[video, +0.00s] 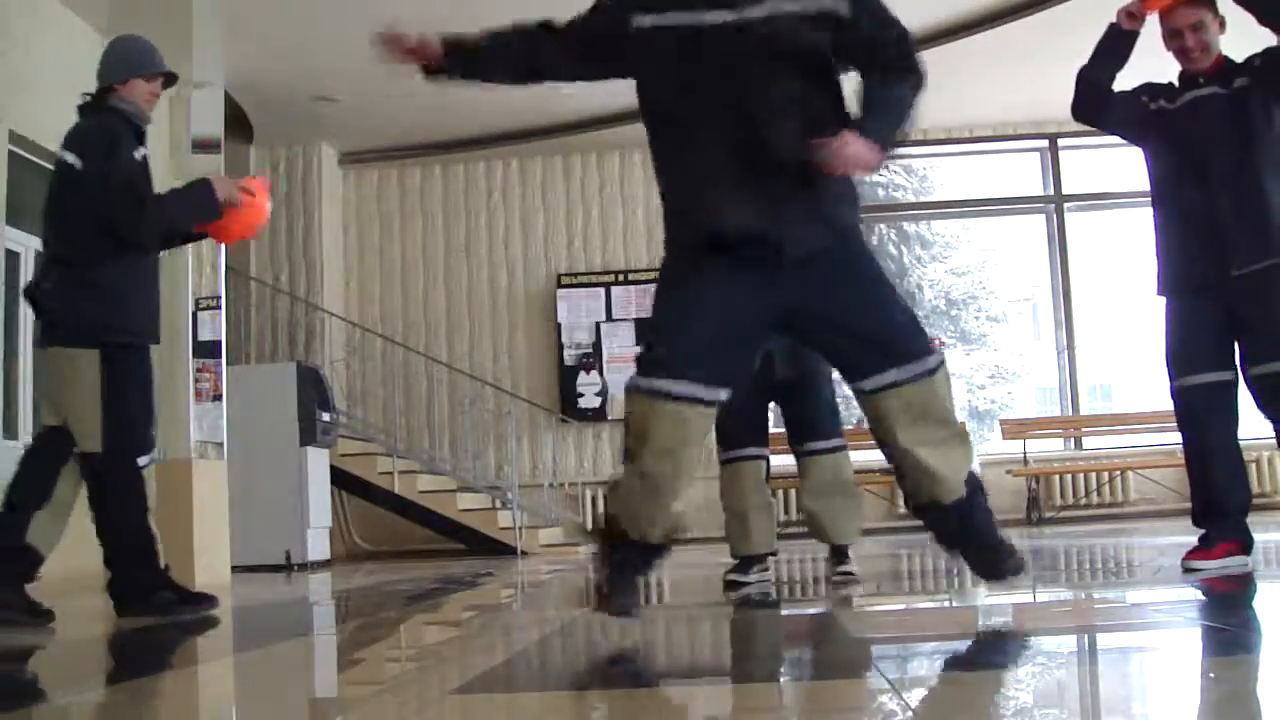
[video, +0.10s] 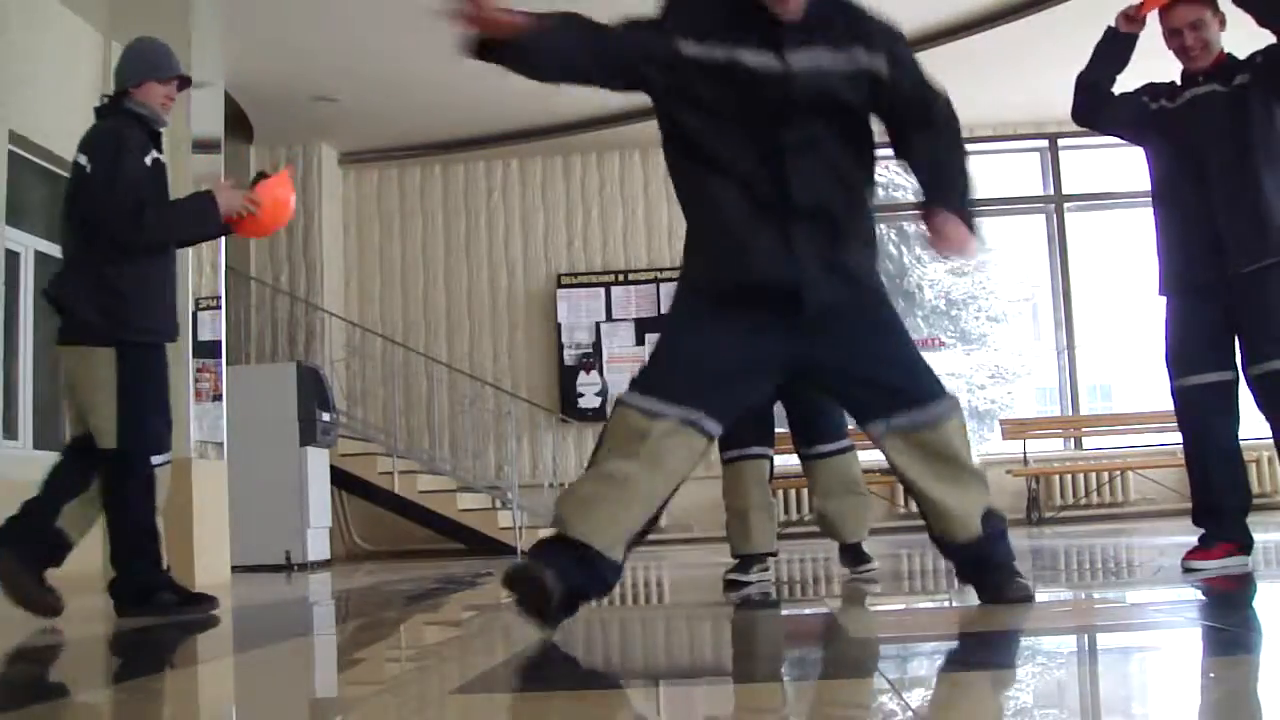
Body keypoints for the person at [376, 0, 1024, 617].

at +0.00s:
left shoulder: (821, 3)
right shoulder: (641, 17)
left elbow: (895, 59)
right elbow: (552, 49)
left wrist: (874, 133)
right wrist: (447, 56)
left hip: (821, 235)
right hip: (711, 246)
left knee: (906, 370)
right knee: (672, 399)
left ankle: (960, 515)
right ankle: (632, 550)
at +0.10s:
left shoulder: (864, 38)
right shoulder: (686, 30)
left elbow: (926, 115)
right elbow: (598, 48)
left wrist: (948, 200)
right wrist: (520, 36)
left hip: (841, 292)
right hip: (726, 294)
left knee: (924, 423)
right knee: (653, 422)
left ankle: (987, 559)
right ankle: (570, 565)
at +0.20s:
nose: (836, 55)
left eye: (850, 41)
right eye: (821, 39)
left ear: (870, 37)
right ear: (790, 27)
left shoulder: (892, 122)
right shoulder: (747, 85)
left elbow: (941, 227)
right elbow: (693, 128)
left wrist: (997, 315)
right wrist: (731, 126)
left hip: (838, 323)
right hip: (730, 319)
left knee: (920, 444)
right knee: (653, 438)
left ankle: (981, 559)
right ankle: (556, 580)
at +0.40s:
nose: (993, 206)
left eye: (1004, 192)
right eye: (990, 187)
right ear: (949, 151)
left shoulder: (874, 173)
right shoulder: (861, 216)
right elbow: (931, 358)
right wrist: (1023, 484)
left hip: (755, 315)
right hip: (678, 295)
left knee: (803, 437)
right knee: (711, 469)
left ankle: (861, 555)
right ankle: (536, 577)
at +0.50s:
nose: (1061, 284)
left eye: (1070, 271)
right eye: (1064, 265)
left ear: (1027, 219)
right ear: (1032, 234)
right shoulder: (943, 284)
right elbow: (982, 438)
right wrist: (1038, 597)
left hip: (737, 290)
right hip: (688, 293)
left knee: (724, 471)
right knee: (712, 484)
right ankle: (522, 566)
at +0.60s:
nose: (1112, 365)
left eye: (1124, 354)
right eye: (1122, 345)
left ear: (1087, 295)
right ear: (1097, 304)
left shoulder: (983, 304)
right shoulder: (1008, 313)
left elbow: (929, 462)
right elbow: (991, 461)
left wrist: (1017, 561)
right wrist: (1032, 608)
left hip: (740, 289)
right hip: (751, 302)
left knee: (617, 416)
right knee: (709, 496)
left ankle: (433, 460)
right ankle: (494, 556)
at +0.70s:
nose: (1136, 414)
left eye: (1151, 408)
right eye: (1148, 394)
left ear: (1121, 387)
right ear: (1121, 350)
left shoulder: (983, 416)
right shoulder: (1049, 339)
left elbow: (927, 548)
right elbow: (1022, 460)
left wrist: (1035, 610)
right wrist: (1028, 598)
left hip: (784, 394)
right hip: (812, 289)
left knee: (596, 431)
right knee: (734, 416)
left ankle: (373, 439)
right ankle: (504, 475)